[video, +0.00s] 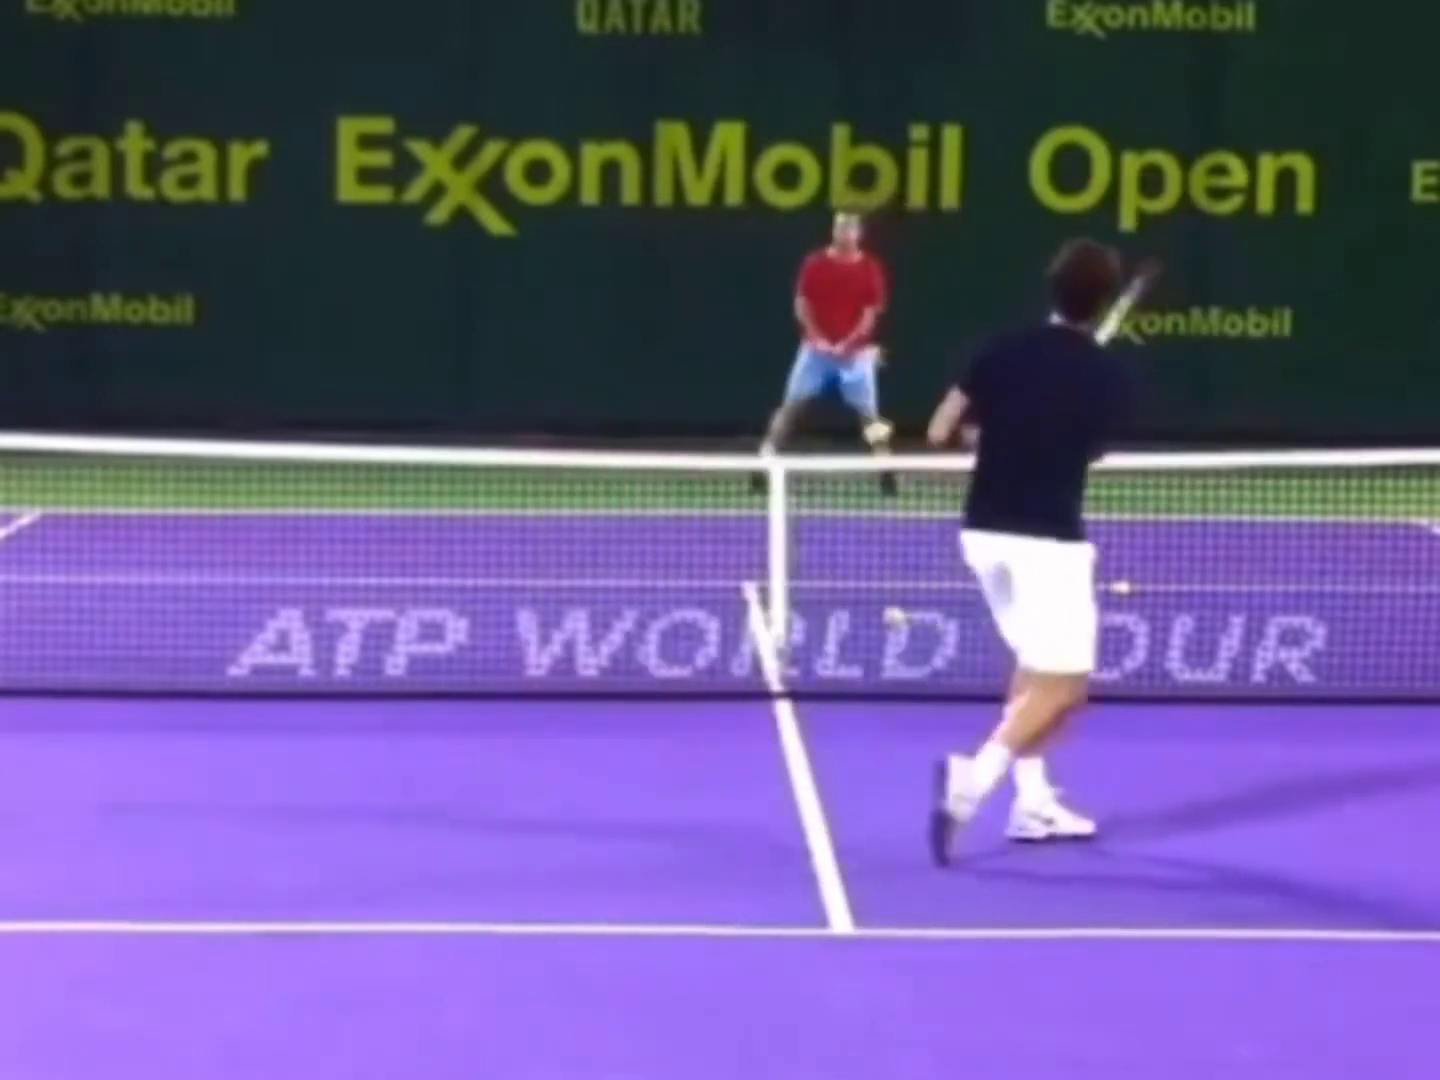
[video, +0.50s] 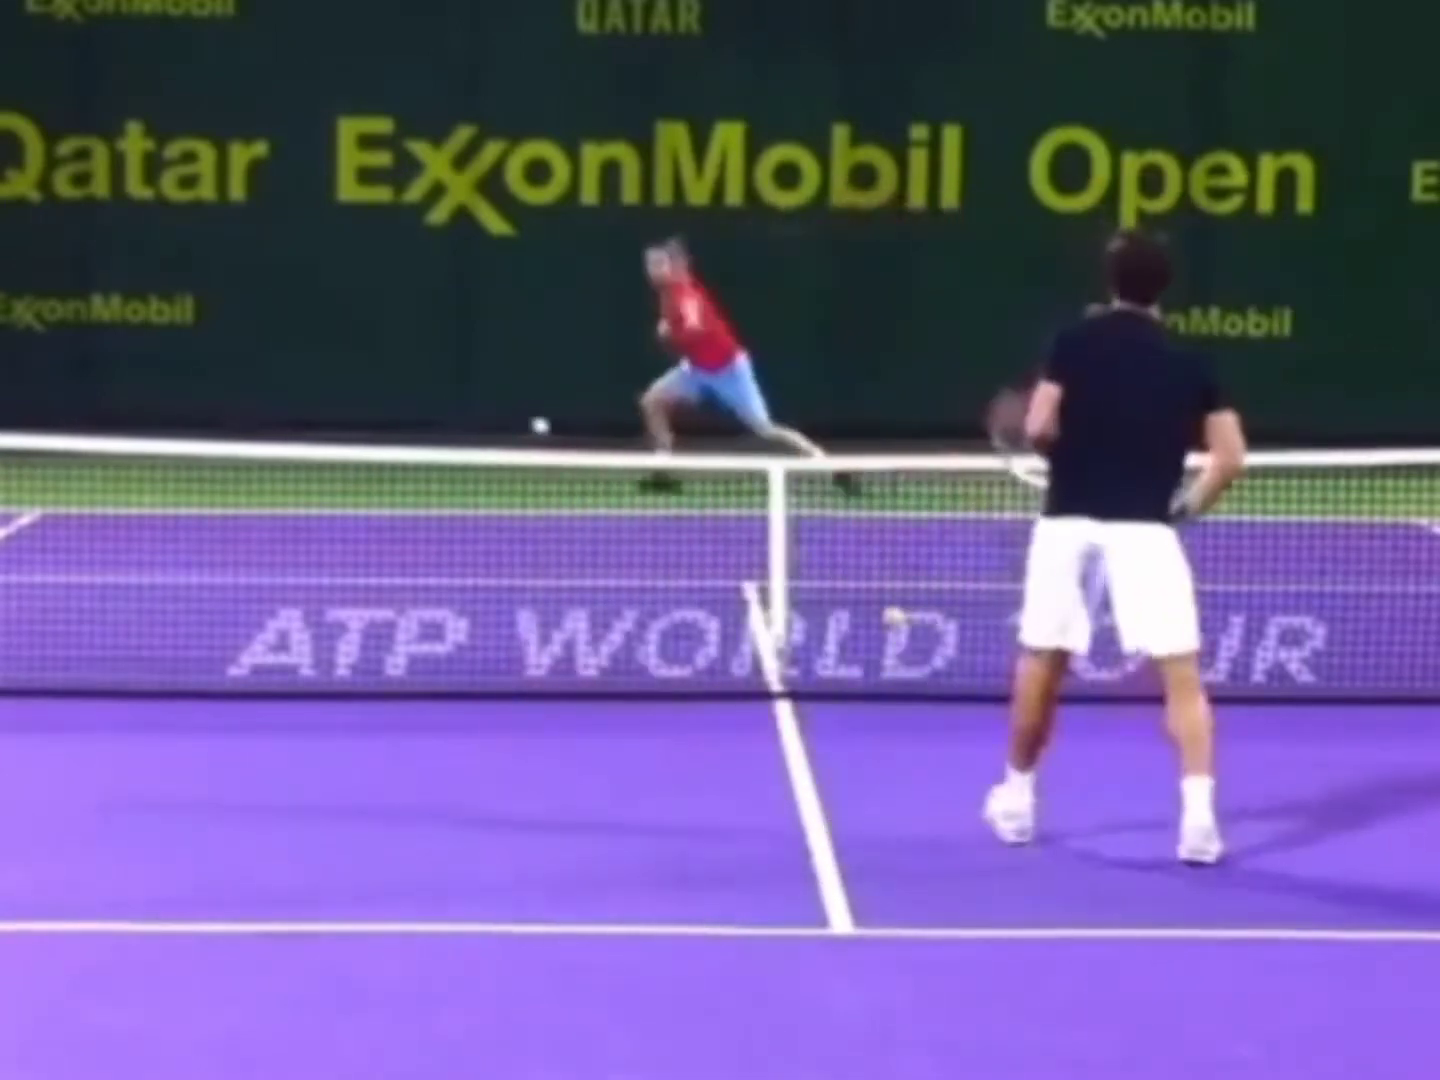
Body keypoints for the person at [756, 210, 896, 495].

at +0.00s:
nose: (844, 234)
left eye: (850, 228)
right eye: (840, 227)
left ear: (859, 233)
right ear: (833, 231)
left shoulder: (869, 268)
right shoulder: (814, 263)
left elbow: (872, 310)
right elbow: (801, 303)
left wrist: (848, 343)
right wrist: (818, 340)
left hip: (856, 347)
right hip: (818, 346)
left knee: (868, 412)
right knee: (792, 404)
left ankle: (885, 470)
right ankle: (764, 461)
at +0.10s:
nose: (826, 243)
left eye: (831, 238)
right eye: (822, 237)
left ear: (840, 243)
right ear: (814, 241)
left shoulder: (849, 276)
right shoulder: (799, 271)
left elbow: (852, 320)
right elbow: (785, 306)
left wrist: (816, 345)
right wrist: (792, 339)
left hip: (838, 357)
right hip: (801, 351)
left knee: (852, 422)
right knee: (769, 398)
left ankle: (883, 467)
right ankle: (753, 455)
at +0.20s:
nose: (793, 247)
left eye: (798, 241)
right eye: (789, 241)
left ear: (809, 247)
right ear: (783, 245)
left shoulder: (817, 278)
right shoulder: (779, 270)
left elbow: (819, 321)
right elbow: (775, 298)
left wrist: (770, 331)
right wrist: (770, 318)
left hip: (820, 360)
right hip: (785, 354)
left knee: (836, 424)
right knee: (746, 395)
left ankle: (879, 465)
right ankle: (723, 454)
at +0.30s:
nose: (750, 254)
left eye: (756, 248)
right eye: (746, 248)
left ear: (767, 251)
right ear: (742, 252)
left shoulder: (774, 282)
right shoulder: (747, 276)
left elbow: (746, 323)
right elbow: (743, 307)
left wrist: (695, 327)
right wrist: (719, 309)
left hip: (796, 363)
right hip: (761, 359)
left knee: (828, 427)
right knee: (718, 397)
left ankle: (877, 465)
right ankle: (689, 457)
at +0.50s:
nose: (654, 272)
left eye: (660, 264)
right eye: (651, 265)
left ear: (677, 265)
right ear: (651, 270)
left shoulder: (686, 293)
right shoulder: (668, 295)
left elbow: (693, 328)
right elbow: (674, 329)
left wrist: (668, 334)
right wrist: (672, 334)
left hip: (730, 367)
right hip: (696, 368)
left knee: (764, 429)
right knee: (651, 402)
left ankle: (826, 463)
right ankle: (664, 466)